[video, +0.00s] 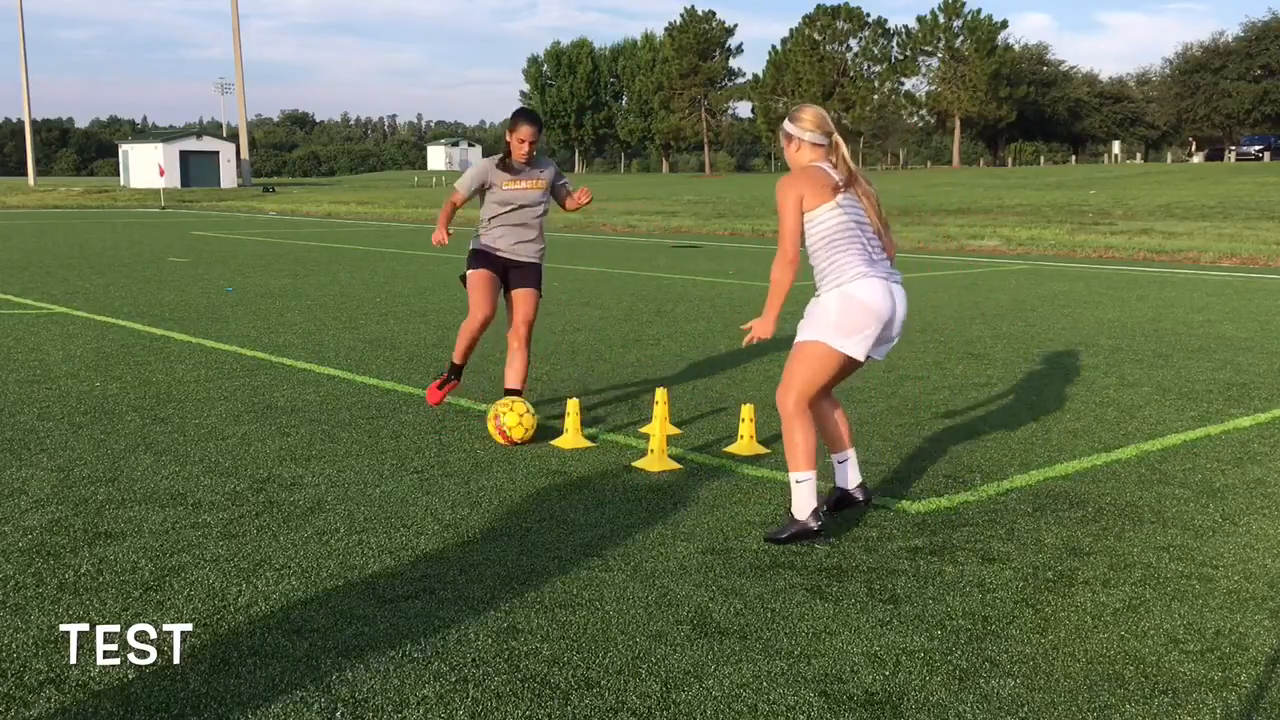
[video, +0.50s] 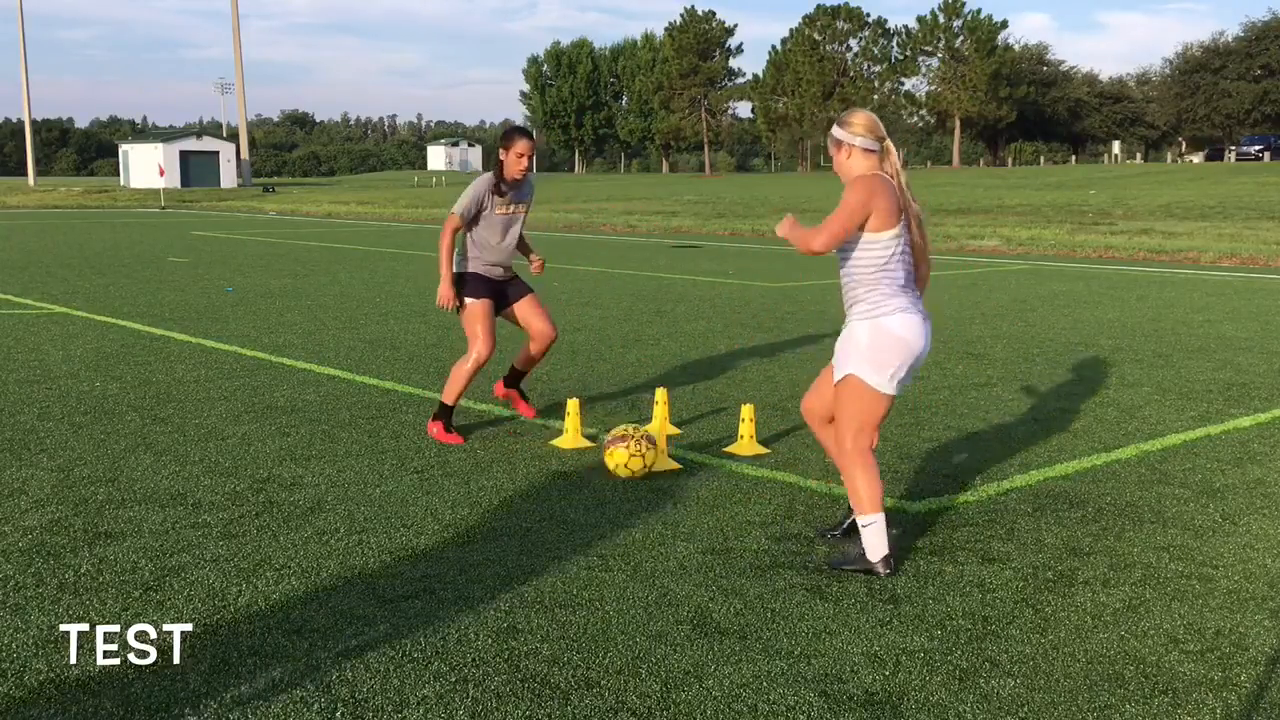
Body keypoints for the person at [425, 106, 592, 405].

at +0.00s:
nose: (527, 149)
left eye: (532, 142)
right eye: (521, 141)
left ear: (539, 141)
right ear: (508, 136)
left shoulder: (547, 170)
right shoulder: (487, 168)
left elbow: (566, 202)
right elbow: (454, 202)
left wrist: (576, 201)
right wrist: (442, 226)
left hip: (528, 259)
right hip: (487, 252)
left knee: (522, 330)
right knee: (481, 314)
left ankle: (512, 408)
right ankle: (452, 374)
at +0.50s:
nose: (526, 163)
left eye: (530, 157)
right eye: (520, 156)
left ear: (532, 159)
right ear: (502, 155)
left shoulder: (526, 189)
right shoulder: (482, 187)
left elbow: (512, 230)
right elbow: (449, 229)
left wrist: (531, 255)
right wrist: (446, 280)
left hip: (506, 277)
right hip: (474, 275)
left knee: (545, 334)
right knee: (481, 348)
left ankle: (509, 385)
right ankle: (440, 419)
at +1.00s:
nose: (546, 134)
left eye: (549, 128)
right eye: (540, 128)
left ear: (550, 131)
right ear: (523, 128)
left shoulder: (548, 160)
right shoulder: (506, 161)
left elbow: (541, 200)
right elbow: (483, 204)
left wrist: (552, 224)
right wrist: (522, 221)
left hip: (537, 248)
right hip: (505, 248)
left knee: (556, 315)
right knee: (512, 325)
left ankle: (528, 380)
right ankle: (483, 388)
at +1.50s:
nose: (581, 135)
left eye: (583, 129)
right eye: (576, 129)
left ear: (583, 132)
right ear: (559, 130)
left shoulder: (585, 155)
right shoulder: (542, 160)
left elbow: (581, 189)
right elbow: (520, 199)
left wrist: (598, 209)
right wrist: (549, 217)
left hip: (574, 242)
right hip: (544, 241)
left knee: (580, 309)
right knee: (551, 309)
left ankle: (572, 371)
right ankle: (527, 366)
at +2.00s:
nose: (598, 149)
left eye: (600, 144)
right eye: (594, 144)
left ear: (599, 144)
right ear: (577, 142)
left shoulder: (591, 170)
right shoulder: (561, 170)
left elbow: (589, 205)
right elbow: (546, 213)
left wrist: (612, 220)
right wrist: (573, 237)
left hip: (583, 250)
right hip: (556, 250)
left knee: (588, 312)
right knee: (562, 316)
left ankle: (583, 370)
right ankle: (537, 375)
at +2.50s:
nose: (596, 187)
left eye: (600, 181)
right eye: (591, 181)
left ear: (603, 180)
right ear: (578, 175)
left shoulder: (599, 203)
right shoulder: (555, 195)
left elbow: (605, 240)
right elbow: (521, 223)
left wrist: (625, 248)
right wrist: (503, 252)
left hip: (561, 264)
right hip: (530, 260)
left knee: (586, 317)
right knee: (562, 303)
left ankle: (582, 374)